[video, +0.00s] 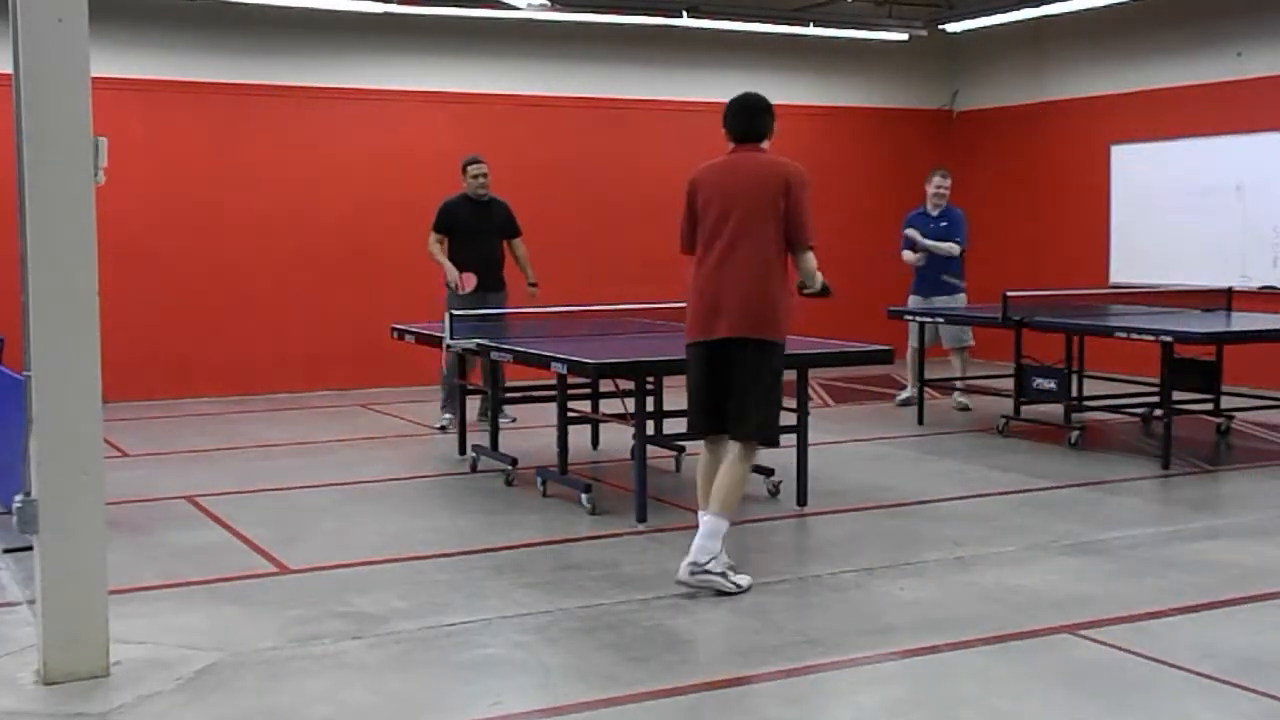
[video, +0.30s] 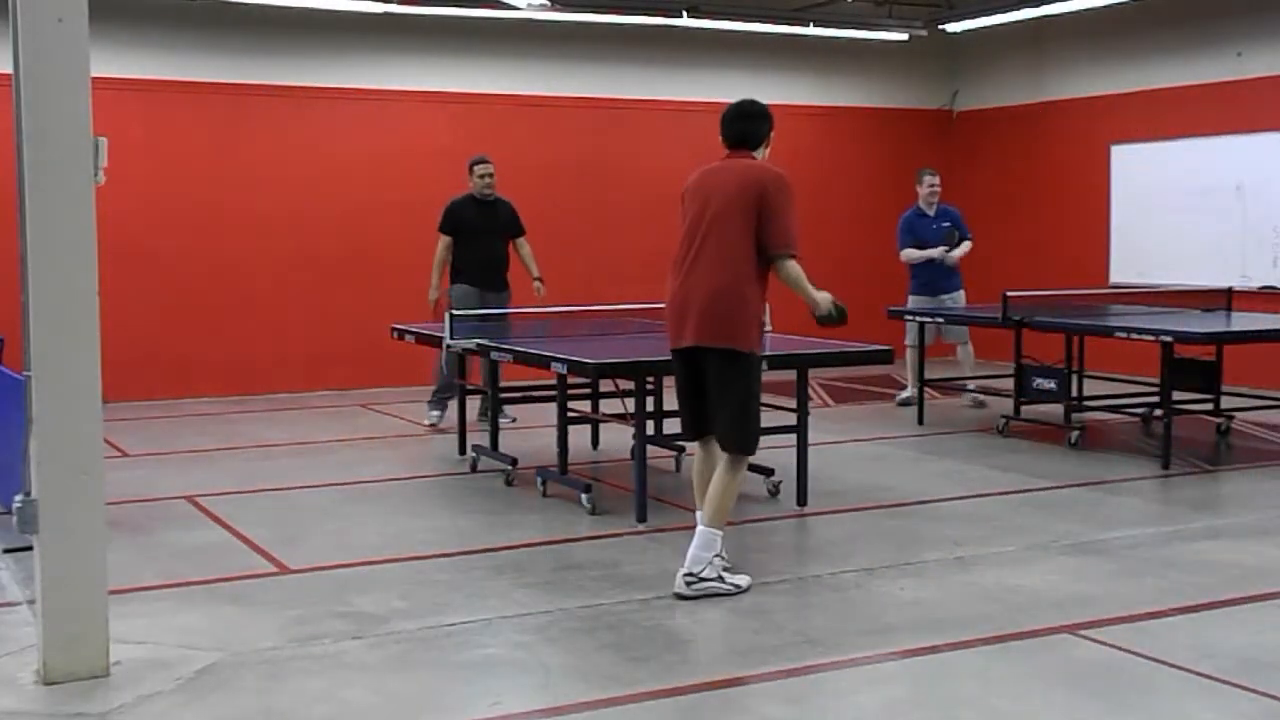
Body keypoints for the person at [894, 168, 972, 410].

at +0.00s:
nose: (942, 192)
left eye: (946, 189)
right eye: (938, 187)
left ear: (950, 191)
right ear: (927, 188)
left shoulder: (955, 217)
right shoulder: (913, 219)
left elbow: (955, 249)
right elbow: (905, 252)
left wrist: (922, 242)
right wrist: (915, 258)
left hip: (950, 289)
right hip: (921, 289)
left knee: (957, 346)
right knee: (914, 344)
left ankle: (960, 391)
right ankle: (912, 388)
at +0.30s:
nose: (935, 190)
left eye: (938, 186)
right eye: (930, 186)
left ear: (941, 188)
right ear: (918, 189)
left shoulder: (951, 215)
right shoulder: (908, 220)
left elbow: (967, 241)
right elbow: (905, 254)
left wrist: (956, 255)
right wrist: (932, 252)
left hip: (952, 289)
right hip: (921, 292)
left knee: (962, 339)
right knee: (913, 343)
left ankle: (970, 387)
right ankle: (913, 387)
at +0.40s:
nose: (941, 191)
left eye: (944, 186)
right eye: (936, 187)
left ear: (946, 189)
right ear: (924, 190)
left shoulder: (954, 215)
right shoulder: (913, 219)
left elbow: (965, 240)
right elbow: (908, 253)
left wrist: (966, 259)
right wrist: (937, 253)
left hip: (954, 289)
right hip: (923, 292)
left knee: (969, 338)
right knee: (914, 344)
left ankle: (981, 384)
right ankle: (913, 387)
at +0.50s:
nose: (950, 192)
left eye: (952, 188)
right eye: (945, 188)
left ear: (954, 190)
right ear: (932, 191)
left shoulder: (959, 217)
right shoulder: (919, 220)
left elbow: (966, 243)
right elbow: (913, 253)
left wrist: (973, 261)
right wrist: (941, 255)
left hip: (958, 289)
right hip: (927, 292)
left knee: (976, 336)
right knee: (915, 342)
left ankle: (989, 381)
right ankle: (913, 387)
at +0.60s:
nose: (960, 194)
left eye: (962, 190)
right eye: (955, 191)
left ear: (964, 193)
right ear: (942, 193)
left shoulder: (967, 220)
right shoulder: (929, 222)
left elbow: (972, 246)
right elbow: (920, 254)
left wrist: (982, 265)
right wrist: (945, 258)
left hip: (965, 291)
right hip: (935, 293)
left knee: (983, 338)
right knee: (919, 342)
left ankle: (993, 383)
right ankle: (913, 387)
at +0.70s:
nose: (972, 196)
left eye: (973, 191)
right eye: (966, 192)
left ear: (975, 194)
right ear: (953, 195)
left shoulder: (978, 221)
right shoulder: (942, 223)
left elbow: (984, 251)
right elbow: (929, 255)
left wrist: (992, 269)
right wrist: (951, 263)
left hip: (974, 293)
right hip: (945, 295)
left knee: (989, 340)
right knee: (928, 345)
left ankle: (993, 384)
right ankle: (914, 387)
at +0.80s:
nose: (980, 195)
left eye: (981, 191)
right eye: (974, 191)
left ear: (983, 193)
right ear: (961, 194)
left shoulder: (986, 221)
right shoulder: (950, 220)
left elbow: (994, 249)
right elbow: (935, 253)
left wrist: (1000, 268)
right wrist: (955, 265)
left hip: (979, 292)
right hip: (950, 293)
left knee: (994, 339)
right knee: (931, 341)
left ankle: (994, 384)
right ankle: (916, 387)